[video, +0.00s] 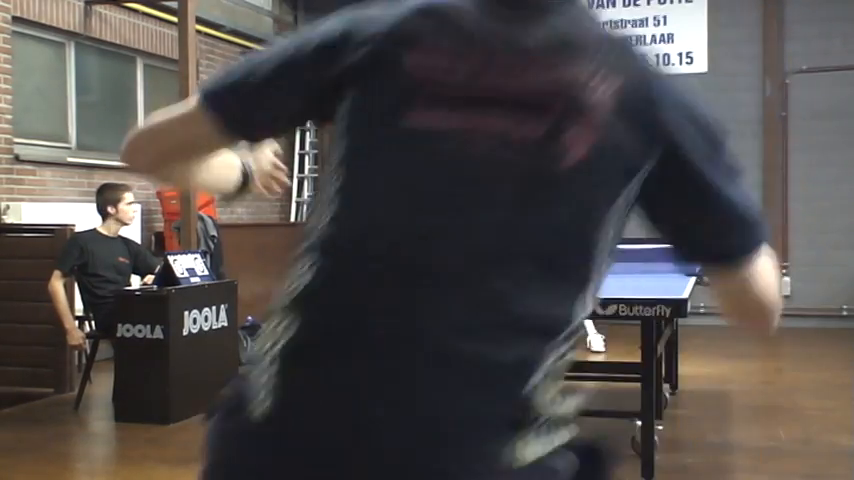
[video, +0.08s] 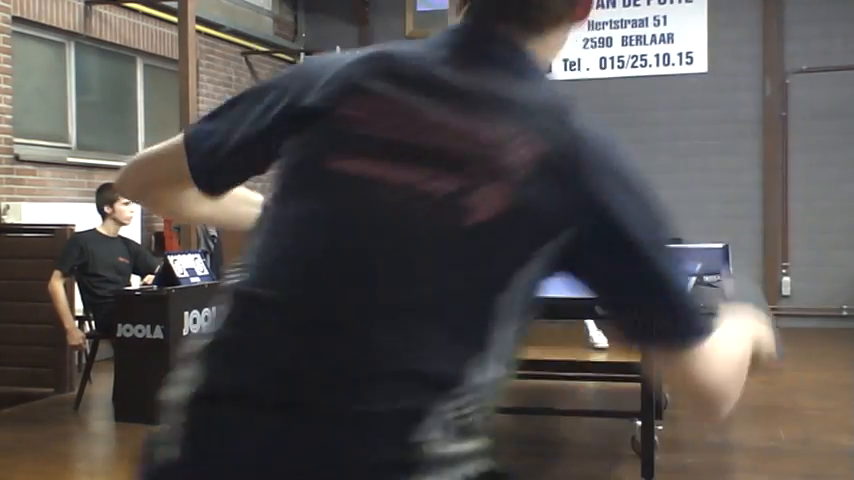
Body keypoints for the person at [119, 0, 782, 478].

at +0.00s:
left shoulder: (379, 35)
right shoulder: (639, 90)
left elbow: (148, 150)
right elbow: (761, 308)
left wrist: (232, 165)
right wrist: (726, 237)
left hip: (290, 434)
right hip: (489, 448)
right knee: (595, 452)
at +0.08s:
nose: (589, 24)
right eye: (590, 18)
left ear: (462, 1)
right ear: (577, 17)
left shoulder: (336, 77)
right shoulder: (565, 154)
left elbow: (149, 181)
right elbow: (711, 389)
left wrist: (276, 219)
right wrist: (741, 323)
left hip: (217, 443)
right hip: (398, 459)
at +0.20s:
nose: (578, 98)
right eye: (584, 80)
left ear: (449, 51)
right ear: (570, 95)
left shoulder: (330, 114)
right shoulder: (481, 233)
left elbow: (192, 170)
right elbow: (557, 463)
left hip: (101, 378)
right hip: (190, 448)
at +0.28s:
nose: (584, 151)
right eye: (588, 133)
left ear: (447, 98)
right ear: (570, 152)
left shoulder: (350, 162)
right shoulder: (441, 294)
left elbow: (234, 180)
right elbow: (453, 464)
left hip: (61, 386)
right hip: (117, 460)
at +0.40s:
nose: (569, 221)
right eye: (577, 205)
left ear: (436, 146)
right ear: (557, 221)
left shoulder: (343, 212)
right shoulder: (377, 376)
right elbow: (221, 463)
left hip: (50, 398)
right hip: (73, 461)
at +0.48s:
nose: (568, 210)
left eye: (576, 191)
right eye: (574, 191)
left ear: (434, 141)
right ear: (550, 205)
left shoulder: (339, 205)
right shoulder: (351, 345)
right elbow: (248, 469)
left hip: (50, 402)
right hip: (63, 462)